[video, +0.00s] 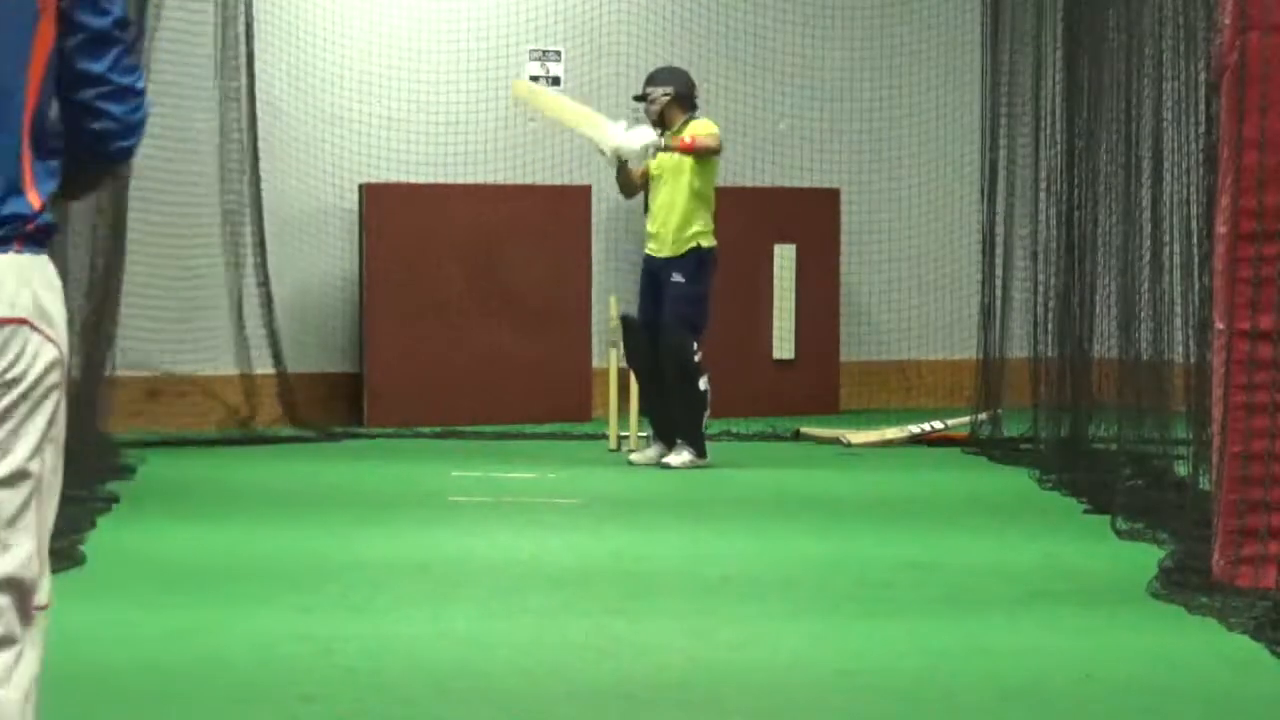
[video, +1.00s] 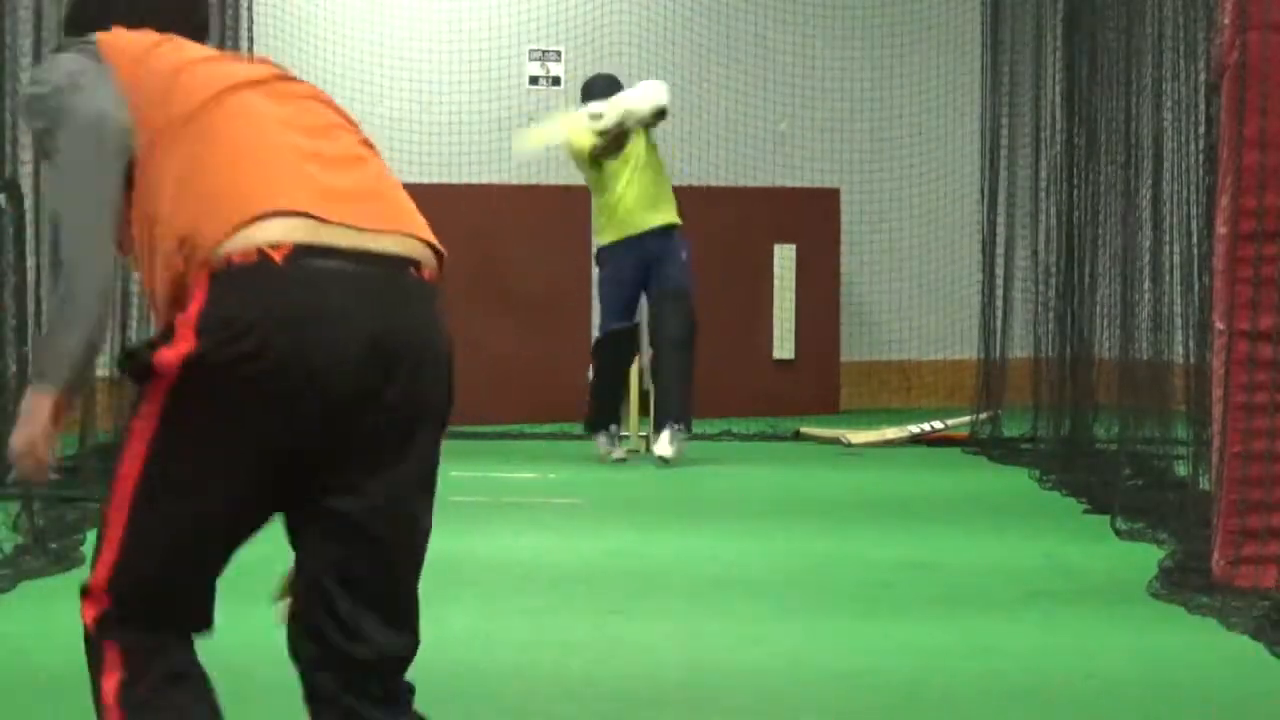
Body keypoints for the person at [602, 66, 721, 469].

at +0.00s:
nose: (645, 107)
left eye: (650, 99)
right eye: (644, 100)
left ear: (671, 97)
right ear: (660, 101)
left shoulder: (699, 128)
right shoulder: (656, 145)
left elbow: (712, 146)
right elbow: (630, 188)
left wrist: (664, 144)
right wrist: (620, 157)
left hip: (690, 253)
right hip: (656, 254)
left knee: (676, 343)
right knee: (649, 343)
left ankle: (692, 445)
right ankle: (664, 439)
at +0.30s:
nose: (638, 111)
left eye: (643, 103)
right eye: (638, 103)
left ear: (662, 99)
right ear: (657, 101)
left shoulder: (700, 136)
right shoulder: (656, 148)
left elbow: (729, 187)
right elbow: (656, 192)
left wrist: (683, 199)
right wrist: (635, 194)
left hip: (693, 256)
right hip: (658, 256)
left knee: (683, 346)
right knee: (638, 342)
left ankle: (692, 444)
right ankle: (663, 436)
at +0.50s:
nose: (616, 162)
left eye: (624, 154)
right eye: (608, 155)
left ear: (637, 155)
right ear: (599, 159)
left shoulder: (650, 190)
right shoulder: (616, 185)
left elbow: (663, 264)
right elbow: (628, 221)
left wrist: (639, 276)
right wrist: (627, 242)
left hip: (703, 255)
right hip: (677, 257)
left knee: (660, 337)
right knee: (644, 338)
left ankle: (676, 444)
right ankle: (666, 438)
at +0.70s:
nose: (612, 167)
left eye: (620, 159)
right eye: (604, 160)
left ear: (634, 159)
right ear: (595, 163)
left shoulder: (646, 192)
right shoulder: (612, 182)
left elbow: (642, 259)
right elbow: (608, 202)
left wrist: (599, 256)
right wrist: (589, 217)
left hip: (693, 261)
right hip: (659, 265)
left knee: (653, 339)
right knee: (625, 339)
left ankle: (667, 444)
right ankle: (652, 436)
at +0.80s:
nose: (615, 155)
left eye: (623, 148)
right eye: (607, 149)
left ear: (639, 148)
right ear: (598, 153)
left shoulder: (652, 174)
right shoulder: (608, 174)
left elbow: (624, 231)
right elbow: (598, 212)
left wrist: (580, 237)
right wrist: (571, 212)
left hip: (684, 265)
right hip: (645, 272)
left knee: (651, 340)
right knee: (610, 345)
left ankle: (667, 442)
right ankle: (639, 430)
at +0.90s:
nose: (617, 130)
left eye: (624, 123)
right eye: (609, 125)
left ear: (636, 121)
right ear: (598, 128)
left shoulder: (654, 136)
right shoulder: (595, 160)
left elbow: (646, 162)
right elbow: (589, 217)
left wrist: (606, 169)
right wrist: (579, 186)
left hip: (674, 255)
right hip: (625, 262)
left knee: (662, 332)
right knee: (606, 349)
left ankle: (668, 441)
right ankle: (633, 428)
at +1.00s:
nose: (604, 115)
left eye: (609, 107)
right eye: (597, 110)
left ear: (619, 104)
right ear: (587, 109)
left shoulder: (639, 124)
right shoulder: (578, 134)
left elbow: (654, 111)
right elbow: (601, 150)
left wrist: (632, 107)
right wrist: (618, 125)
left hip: (662, 232)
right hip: (616, 242)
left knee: (674, 330)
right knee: (615, 337)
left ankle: (671, 426)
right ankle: (604, 428)